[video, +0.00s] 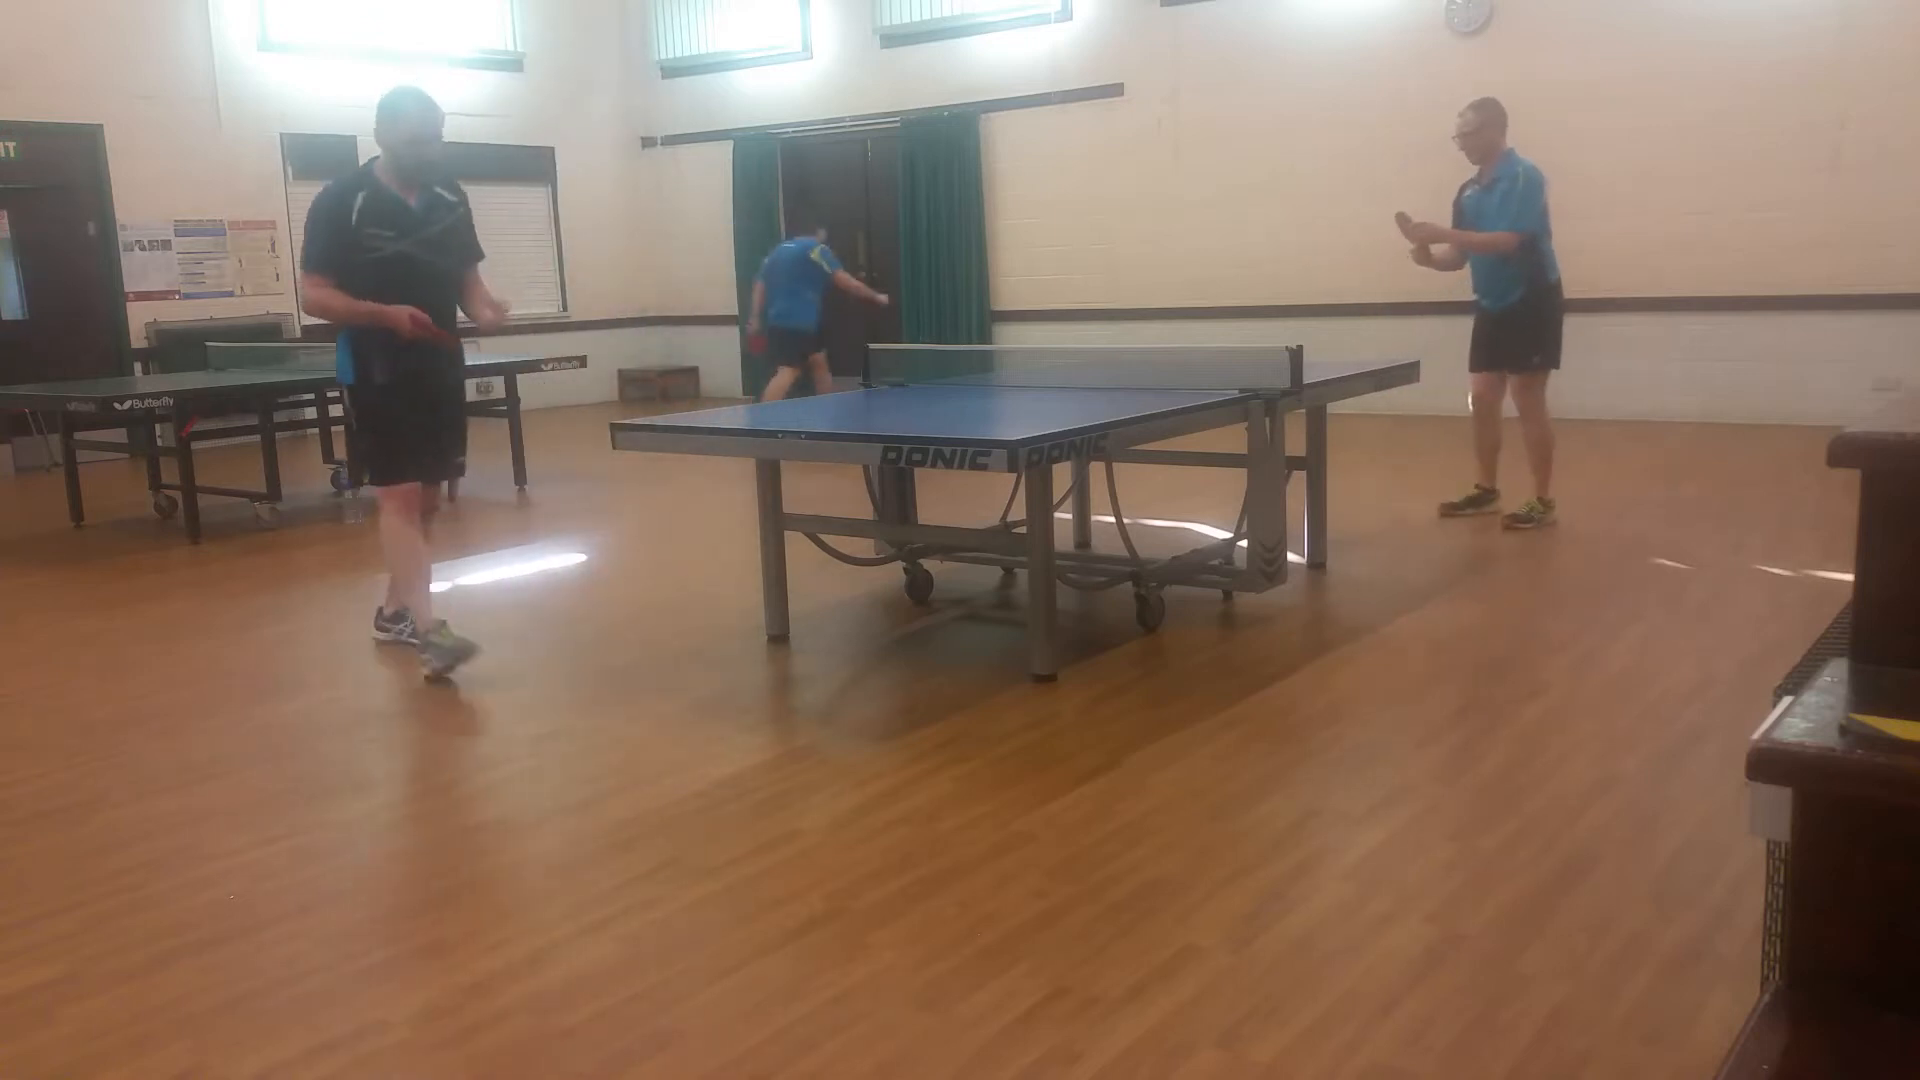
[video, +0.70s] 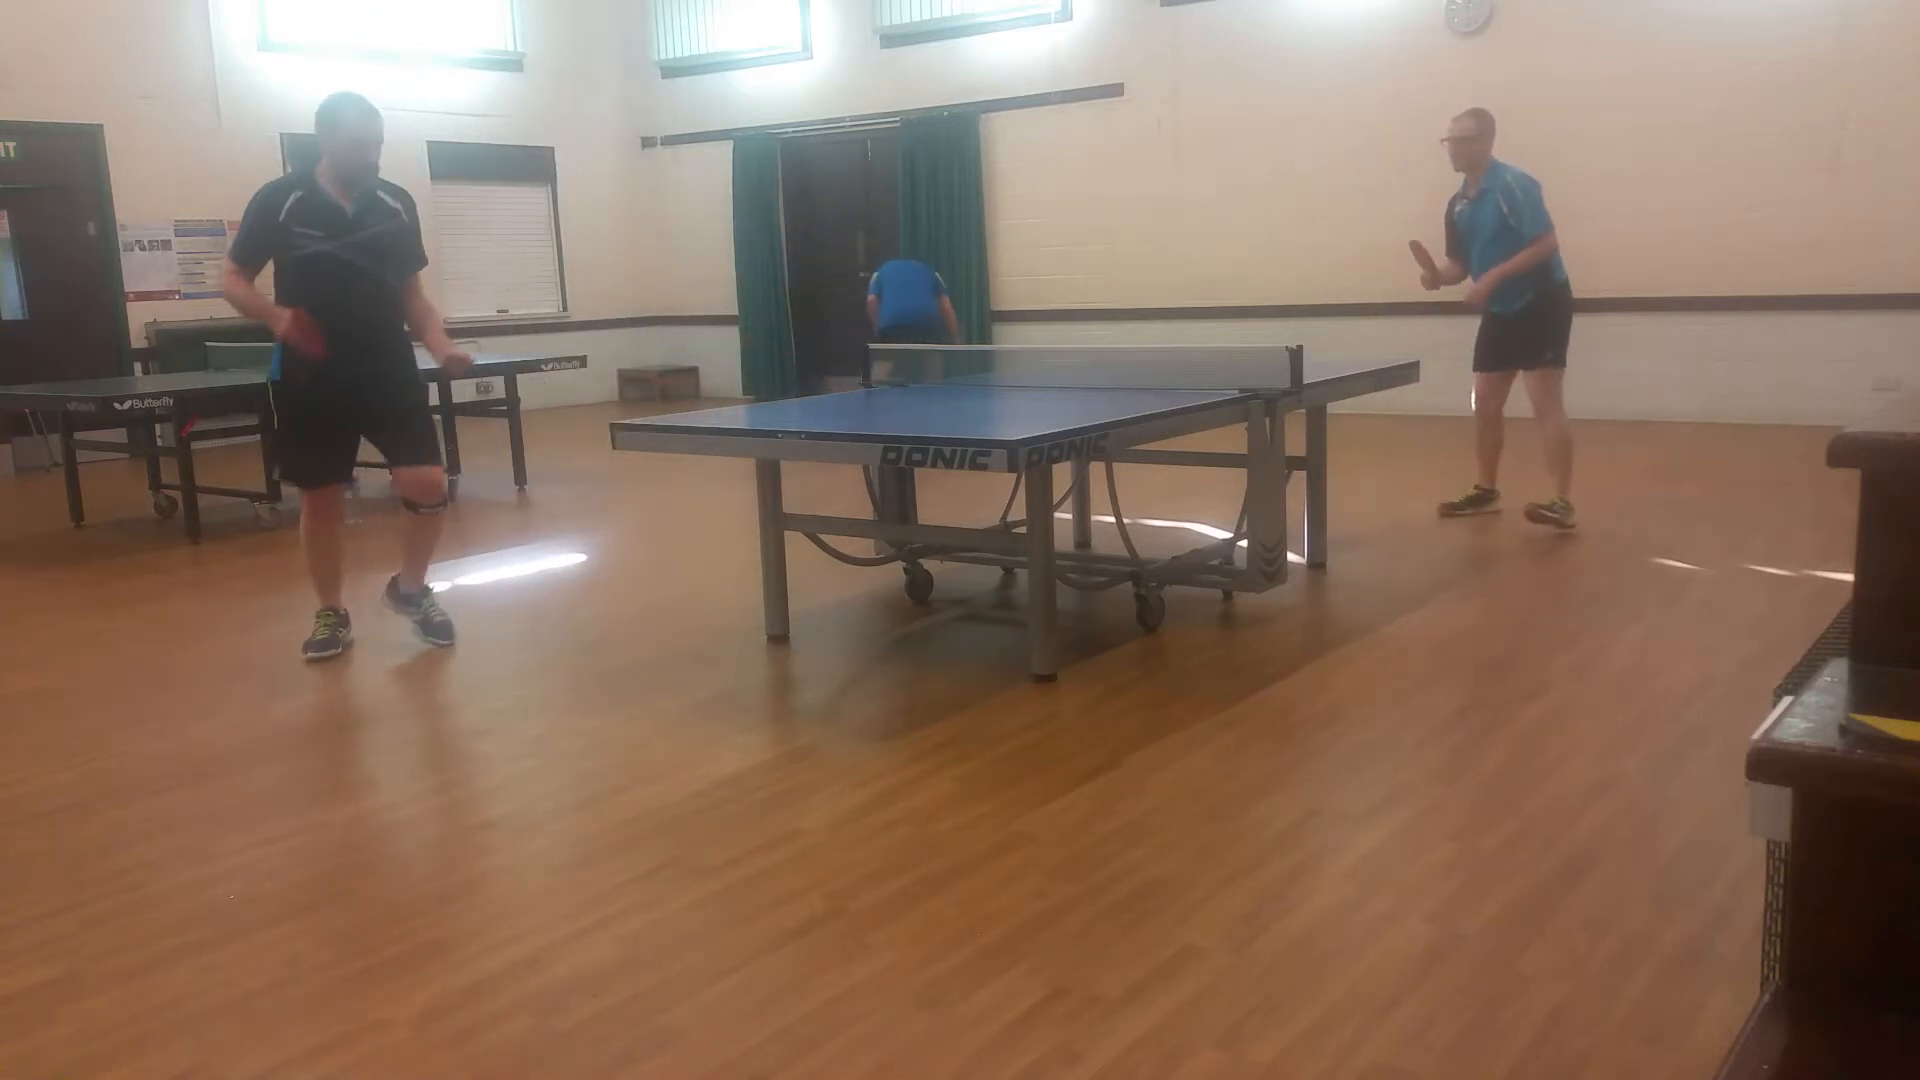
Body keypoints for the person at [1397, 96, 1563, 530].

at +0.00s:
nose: (1459, 143)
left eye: (1466, 134)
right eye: (1457, 135)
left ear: (1493, 131)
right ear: (1470, 137)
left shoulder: (1525, 177)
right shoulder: (1467, 192)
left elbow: (1511, 241)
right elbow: (1458, 256)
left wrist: (1443, 234)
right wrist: (1429, 257)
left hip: (1533, 300)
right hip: (1492, 303)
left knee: (1528, 397)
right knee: (1483, 396)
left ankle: (1543, 501)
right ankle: (1486, 490)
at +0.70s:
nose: (1450, 149)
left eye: (1458, 142)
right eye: (1448, 142)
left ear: (1484, 143)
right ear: (1450, 145)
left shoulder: (1516, 185)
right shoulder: (1458, 204)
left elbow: (1546, 244)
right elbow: (1458, 264)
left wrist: (1488, 279)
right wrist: (1438, 274)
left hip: (1543, 301)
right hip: (1500, 306)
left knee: (1544, 399)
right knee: (1486, 399)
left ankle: (1563, 501)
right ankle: (1485, 490)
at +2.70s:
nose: (1427, 182)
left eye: (1435, 174)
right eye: (1425, 174)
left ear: (1462, 175)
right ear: (1433, 177)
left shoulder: (1501, 212)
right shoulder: (1436, 225)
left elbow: (1541, 273)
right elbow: (1417, 286)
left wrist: (1510, 328)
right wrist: (1400, 276)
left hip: (1538, 306)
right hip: (1492, 312)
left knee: (1521, 402)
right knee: (1476, 402)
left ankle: (1536, 504)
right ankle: (1477, 486)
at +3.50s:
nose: (1426, 171)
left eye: (1435, 163)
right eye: (1424, 163)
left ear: (1462, 164)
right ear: (1426, 167)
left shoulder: (1498, 206)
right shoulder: (1436, 221)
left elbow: (1534, 271)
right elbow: (1428, 286)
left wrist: (1506, 326)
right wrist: (1398, 277)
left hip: (1527, 315)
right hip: (1481, 317)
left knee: (1506, 409)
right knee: (1434, 399)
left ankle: (1535, 503)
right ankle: (1434, 481)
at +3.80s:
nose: (1422, 203)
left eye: (1431, 196)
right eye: (1420, 195)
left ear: (1456, 198)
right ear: (1419, 198)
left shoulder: (1499, 236)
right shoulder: (1423, 248)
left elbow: (1535, 298)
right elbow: (1408, 304)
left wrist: (1501, 348)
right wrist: (1390, 324)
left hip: (1520, 327)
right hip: (1468, 331)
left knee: (1531, 409)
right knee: (1419, 408)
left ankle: (1577, 500)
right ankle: (1395, 493)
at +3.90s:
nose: (1430, 223)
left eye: (1438, 216)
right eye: (1428, 216)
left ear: (1464, 219)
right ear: (1427, 217)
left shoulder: (1506, 254)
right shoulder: (1431, 266)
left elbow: (1545, 317)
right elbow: (1423, 326)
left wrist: (1508, 364)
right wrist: (1404, 346)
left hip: (1531, 338)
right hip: (1478, 341)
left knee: (1548, 416)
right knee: (1418, 404)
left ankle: (1592, 505)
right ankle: (1393, 493)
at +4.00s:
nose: (1439, 246)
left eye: (1448, 238)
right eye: (1437, 238)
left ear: (1472, 240)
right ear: (1434, 239)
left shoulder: (1515, 268)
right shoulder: (1440, 284)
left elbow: (1558, 330)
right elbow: (1437, 342)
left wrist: (1525, 378)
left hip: (1537, 351)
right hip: (1482, 354)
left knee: (1559, 414)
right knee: (1415, 406)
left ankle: (1596, 504)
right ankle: (1393, 492)